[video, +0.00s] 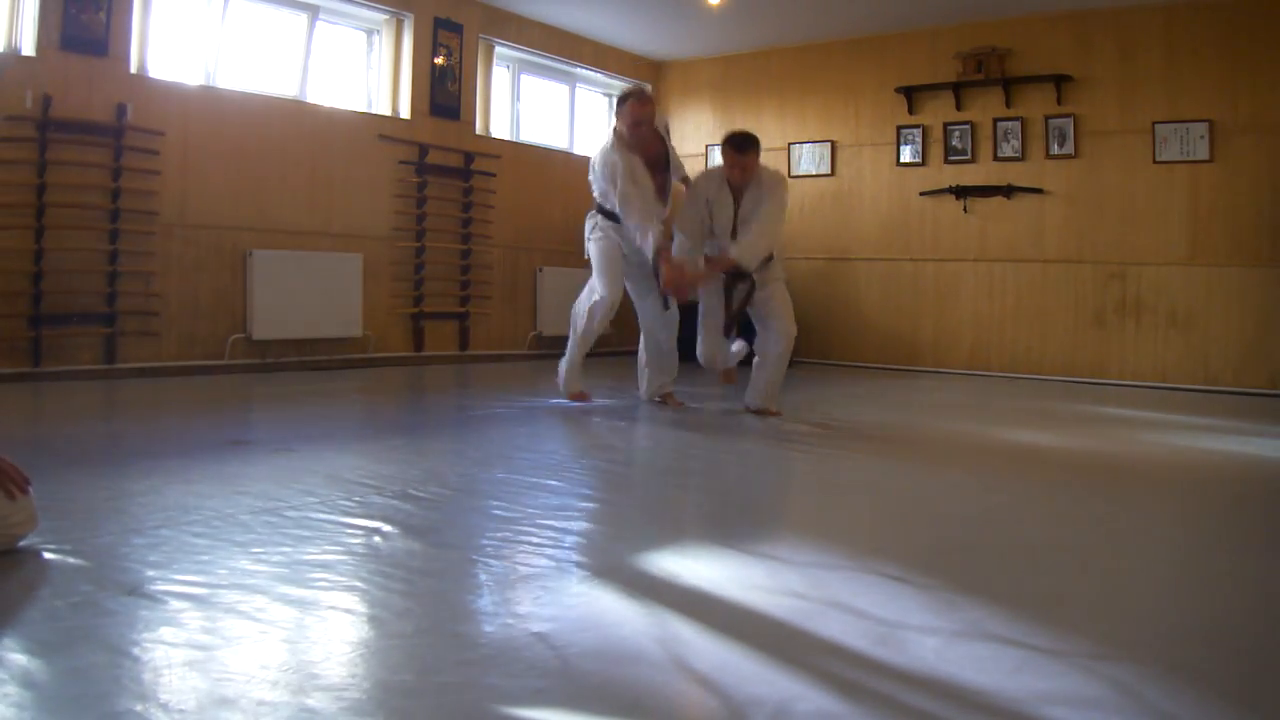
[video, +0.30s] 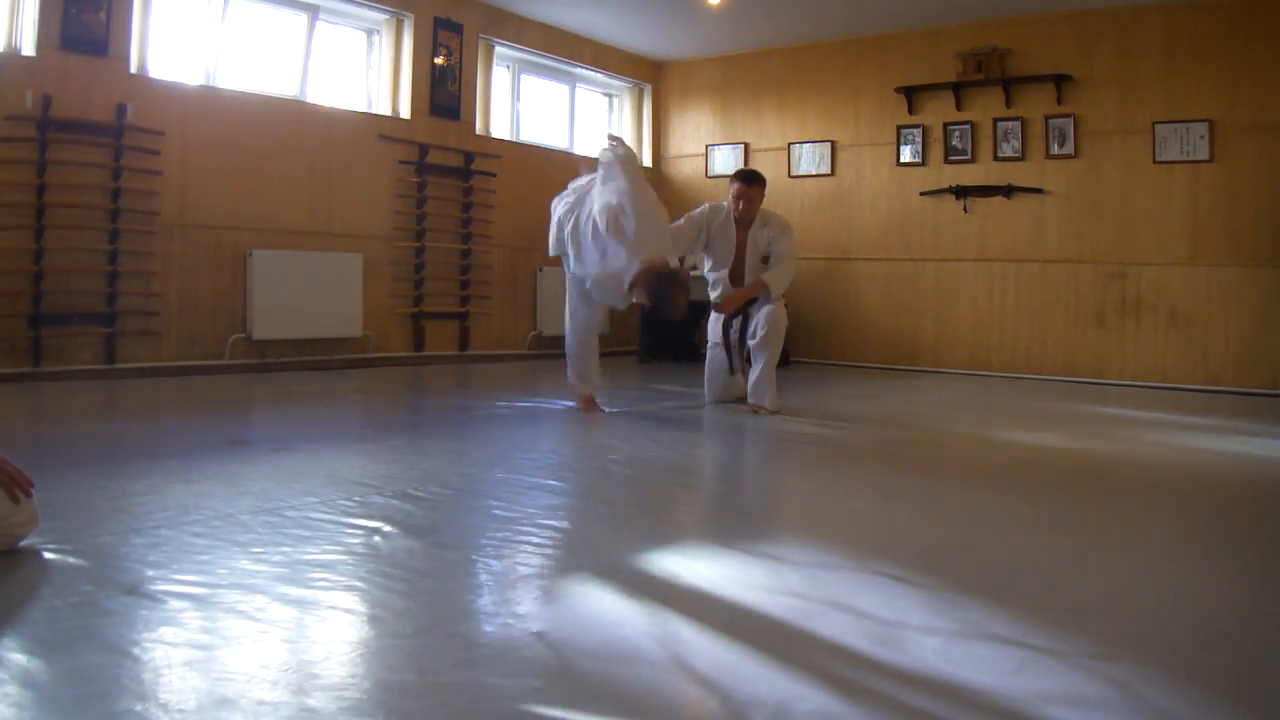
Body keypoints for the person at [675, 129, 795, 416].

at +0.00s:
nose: (736, 174)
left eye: (744, 167)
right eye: (730, 166)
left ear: (757, 161)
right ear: (722, 161)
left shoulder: (773, 183)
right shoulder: (704, 184)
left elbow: (766, 232)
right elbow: (687, 233)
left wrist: (730, 261)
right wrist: (681, 269)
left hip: (762, 271)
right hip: (714, 273)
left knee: (781, 331)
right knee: (709, 356)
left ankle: (760, 400)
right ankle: (734, 355)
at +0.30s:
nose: (741, 206)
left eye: (749, 201)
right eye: (737, 198)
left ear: (762, 200)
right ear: (729, 194)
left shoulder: (777, 227)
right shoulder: (711, 215)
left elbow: (783, 271)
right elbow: (673, 238)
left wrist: (744, 294)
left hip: (760, 308)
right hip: (723, 308)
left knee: (773, 314)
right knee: (717, 392)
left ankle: (761, 397)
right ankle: (748, 383)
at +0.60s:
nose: (735, 192)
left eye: (743, 187)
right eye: (730, 185)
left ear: (754, 190)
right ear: (722, 185)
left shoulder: (766, 215)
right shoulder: (708, 213)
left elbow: (785, 239)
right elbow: (677, 208)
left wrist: (767, 223)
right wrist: (679, 187)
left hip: (758, 296)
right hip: (720, 303)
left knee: (771, 314)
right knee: (715, 393)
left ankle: (756, 391)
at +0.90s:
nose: (747, 177)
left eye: (755, 172)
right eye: (743, 170)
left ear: (764, 178)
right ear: (734, 173)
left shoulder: (778, 212)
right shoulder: (712, 208)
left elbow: (816, 256)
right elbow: (679, 240)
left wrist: (795, 264)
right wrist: (679, 287)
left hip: (764, 287)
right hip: (723, 291)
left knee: (764, 326)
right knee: (724, 388)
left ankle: (755, 396)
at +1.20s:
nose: (747, 127)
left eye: (754, 123)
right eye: (742, 122)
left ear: (764, 129)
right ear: (733, 125)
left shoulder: (777, 160)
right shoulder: (716, 162)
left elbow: (785, 202)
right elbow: (709, 207)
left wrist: (756, 196)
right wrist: (733, 243)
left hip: (763, 246)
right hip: (724, 245)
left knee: (757, 316)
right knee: (716, 311)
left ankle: (757, 395)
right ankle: (736, 382)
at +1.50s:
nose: (736, 108)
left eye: (744, 104)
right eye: (731, 102)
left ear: (755, 109)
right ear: (724, 105)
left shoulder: (770, 139)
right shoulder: (712, 140)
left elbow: (775, 179)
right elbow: (698, 176)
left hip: (756, 229)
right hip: (715, 228)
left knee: (756, 303)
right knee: (716, 301)